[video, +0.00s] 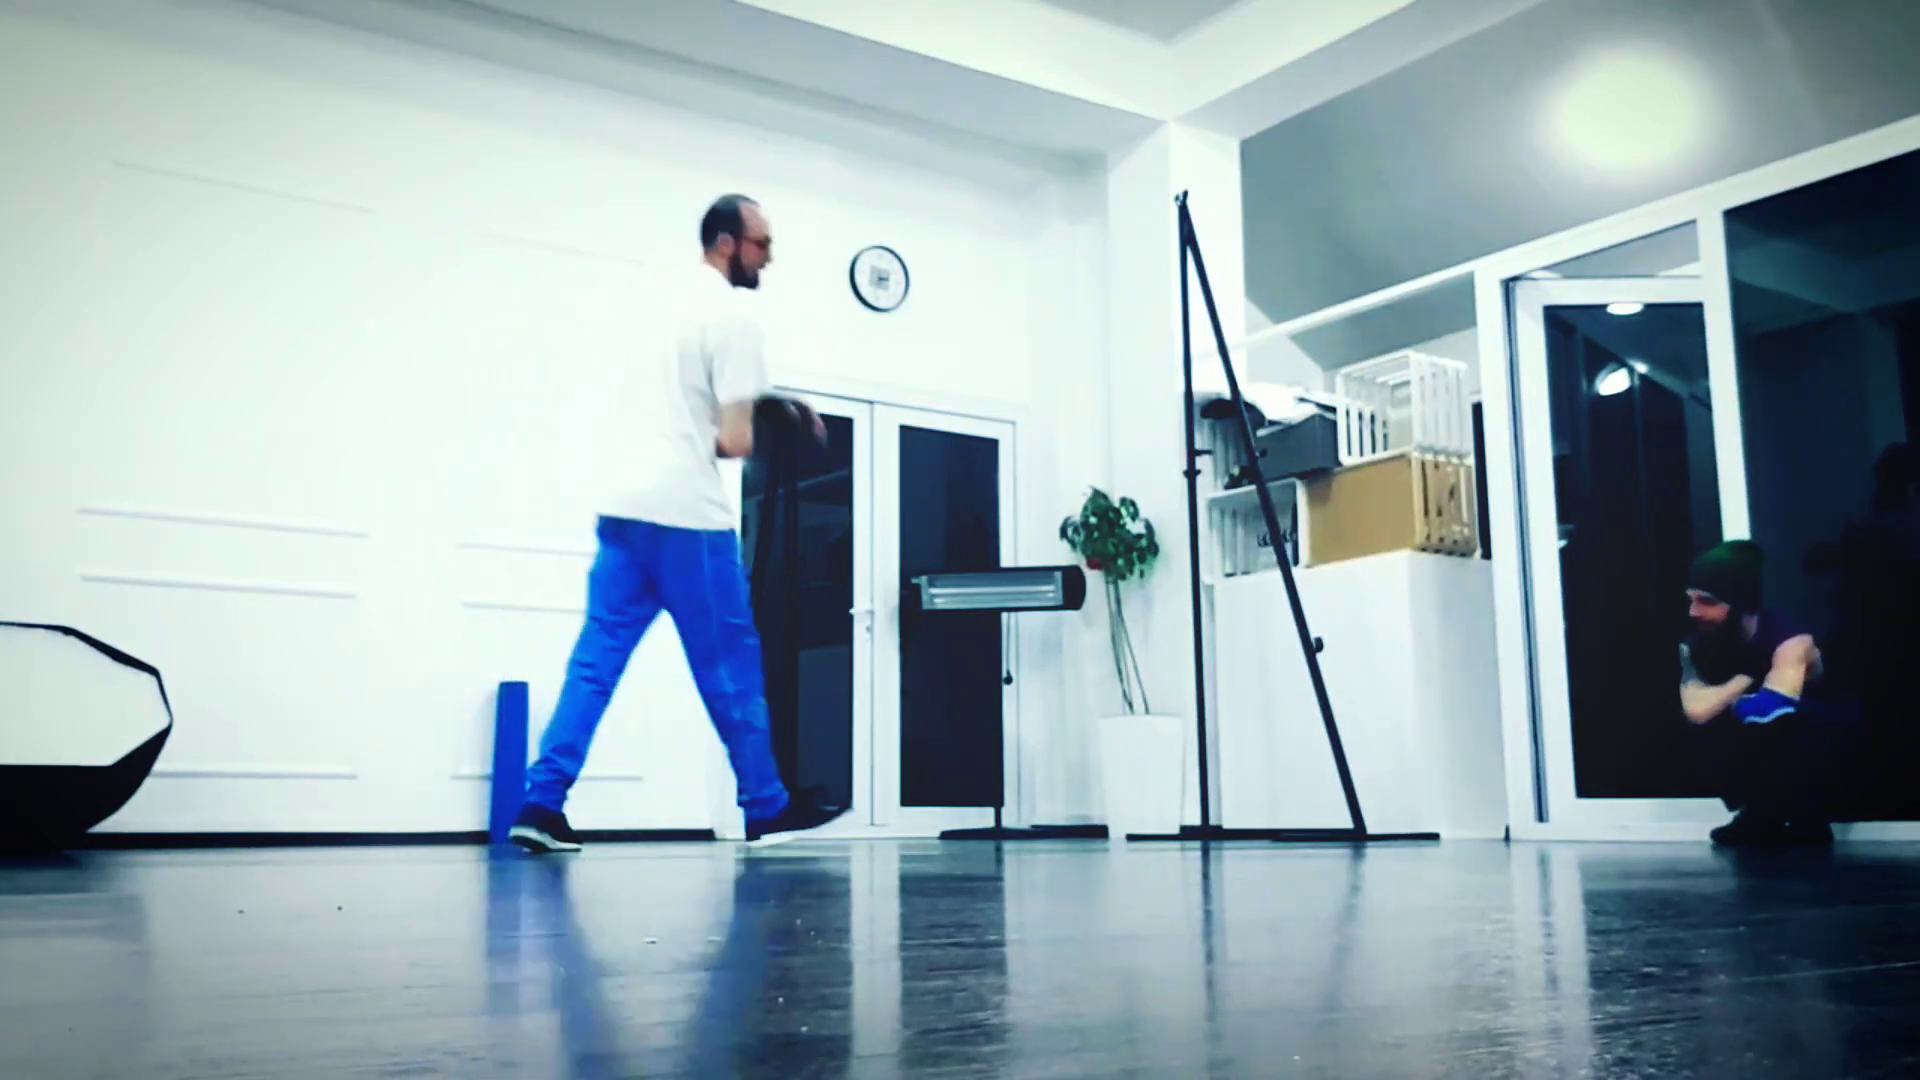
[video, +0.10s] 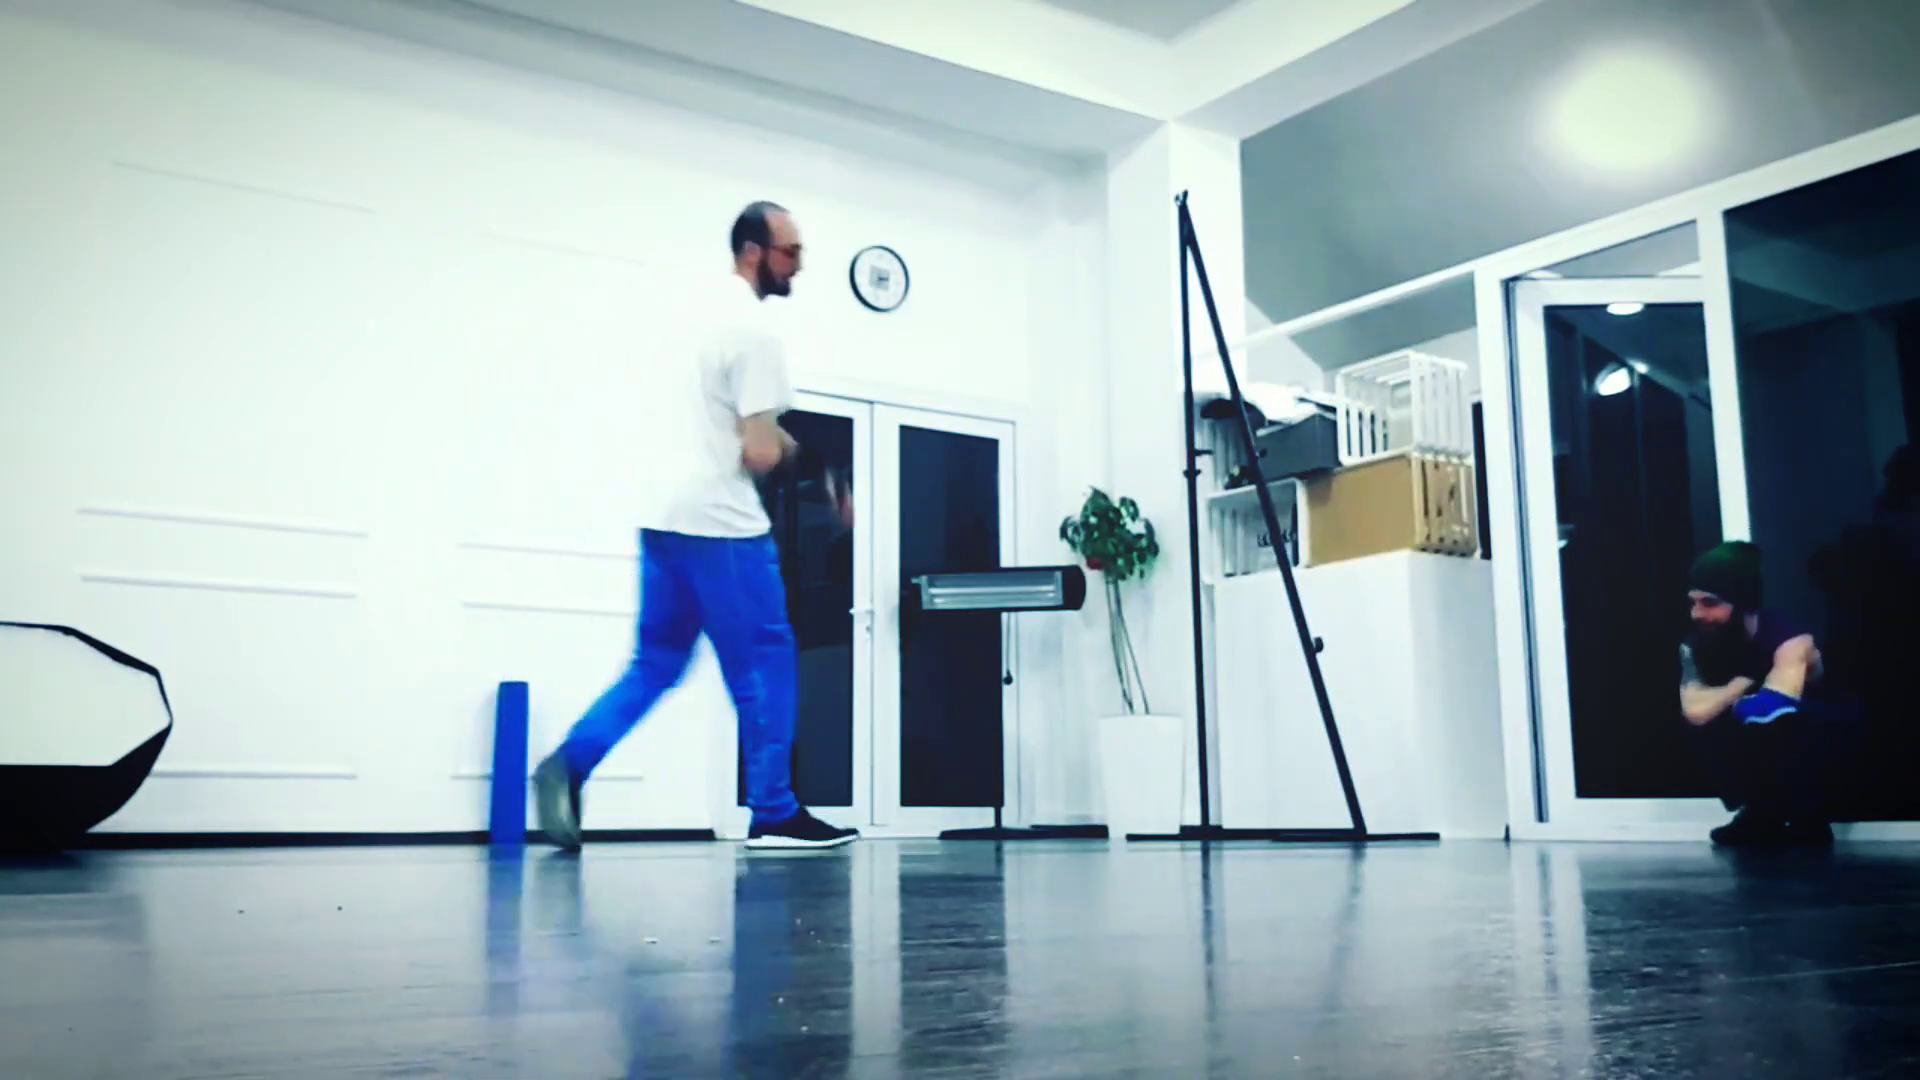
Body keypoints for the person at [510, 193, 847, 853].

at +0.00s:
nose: (768, 258)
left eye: (769, 246)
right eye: (761, 245)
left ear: (715, 244)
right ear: (724, 242)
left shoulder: (661, 296)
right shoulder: (732, 313)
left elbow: (676, 411)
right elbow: (737, 440)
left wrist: (775, 411)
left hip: (624, 502)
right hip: (688, 510)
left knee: (595, 660)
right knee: (730, 663)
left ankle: (542, 806)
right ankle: (768, 807)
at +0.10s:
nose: (798, 265)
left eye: (799, 253)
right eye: (791, 252)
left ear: (749, 254)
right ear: (751, 252)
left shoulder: (699, 312)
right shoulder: (751, 327)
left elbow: (699, 429)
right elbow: (760, 451)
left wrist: (761, 436)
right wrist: (785, 445)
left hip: (665, 515)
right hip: (721, 522)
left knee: (657, 661)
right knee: (766, 660)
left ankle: (565, 767)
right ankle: (775, 810)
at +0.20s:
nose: (817, 272)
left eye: (819, 261)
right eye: (807, 261)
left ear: (769, 267)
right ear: (769, 263)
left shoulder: (744, 329)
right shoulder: (764, 336)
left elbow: (762, 444)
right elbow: (787, 452)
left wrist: (797, 449)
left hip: (726, 526)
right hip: (752, 528)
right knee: (804, 661)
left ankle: (659, 746)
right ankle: (780, 811)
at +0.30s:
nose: (831, 263)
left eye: (834, 251)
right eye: (817, 252)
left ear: (832, 252)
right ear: (784, 256)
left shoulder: (817, 330)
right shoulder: (765, 325)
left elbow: (812, 426)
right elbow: (795, 433)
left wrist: (823, 466)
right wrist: (855, 417)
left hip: (811, 521)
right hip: (758, 523)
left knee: (858, 646)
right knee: (798, 662)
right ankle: (781, 813)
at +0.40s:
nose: (842, 241)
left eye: (850, 229)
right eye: (829, 229)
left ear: (858, 230)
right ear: (799, 231)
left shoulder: (861, 310)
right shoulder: (767, 303)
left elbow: (843, 404)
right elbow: (784, 400)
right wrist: (887, 412)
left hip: (848, 501)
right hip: (775, 509)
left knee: (881, 631)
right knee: (810, 645)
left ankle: (869, 784)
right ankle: (828, 791)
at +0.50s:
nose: (851, 238)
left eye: (861, 226)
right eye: (838, 226)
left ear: (872, 230)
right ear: (814, 230)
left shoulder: (888, 326)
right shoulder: (780, 294)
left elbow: (881, 410)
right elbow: (777, 383)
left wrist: (893, 443)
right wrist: (866, 416)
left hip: (865, 493)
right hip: (789, 504)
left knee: (863, 641)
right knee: (834, 649)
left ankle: (843, 803)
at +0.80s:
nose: (867, 238)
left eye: (877, 223)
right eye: (854, 229)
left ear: (899, 224)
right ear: (841, 239)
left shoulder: (950, 300)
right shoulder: (839, 318)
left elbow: (1016, 386)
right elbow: (779, 410)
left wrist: (1017, 487)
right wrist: (813, 492)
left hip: (960, 487)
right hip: (895, 500)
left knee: (913, 635)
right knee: (925, 644)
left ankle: (914, 792)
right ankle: (1017, 775)